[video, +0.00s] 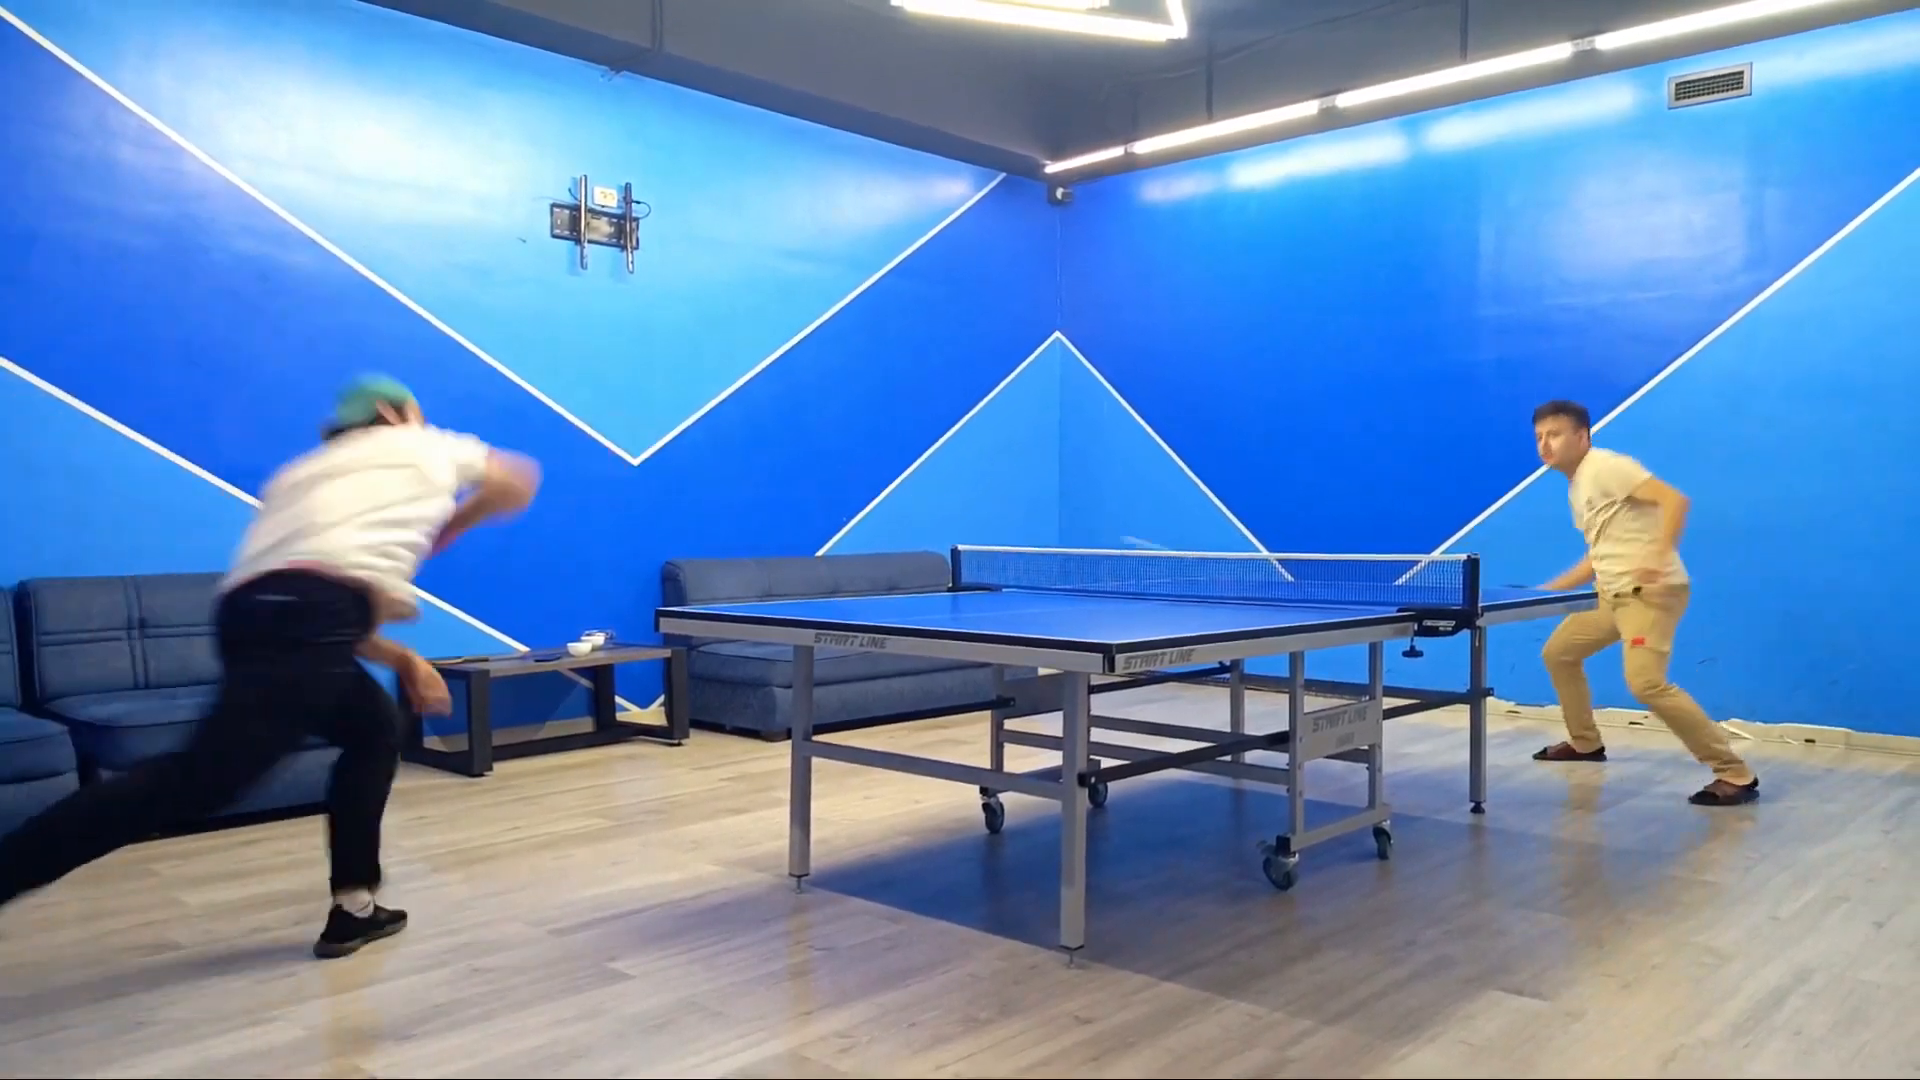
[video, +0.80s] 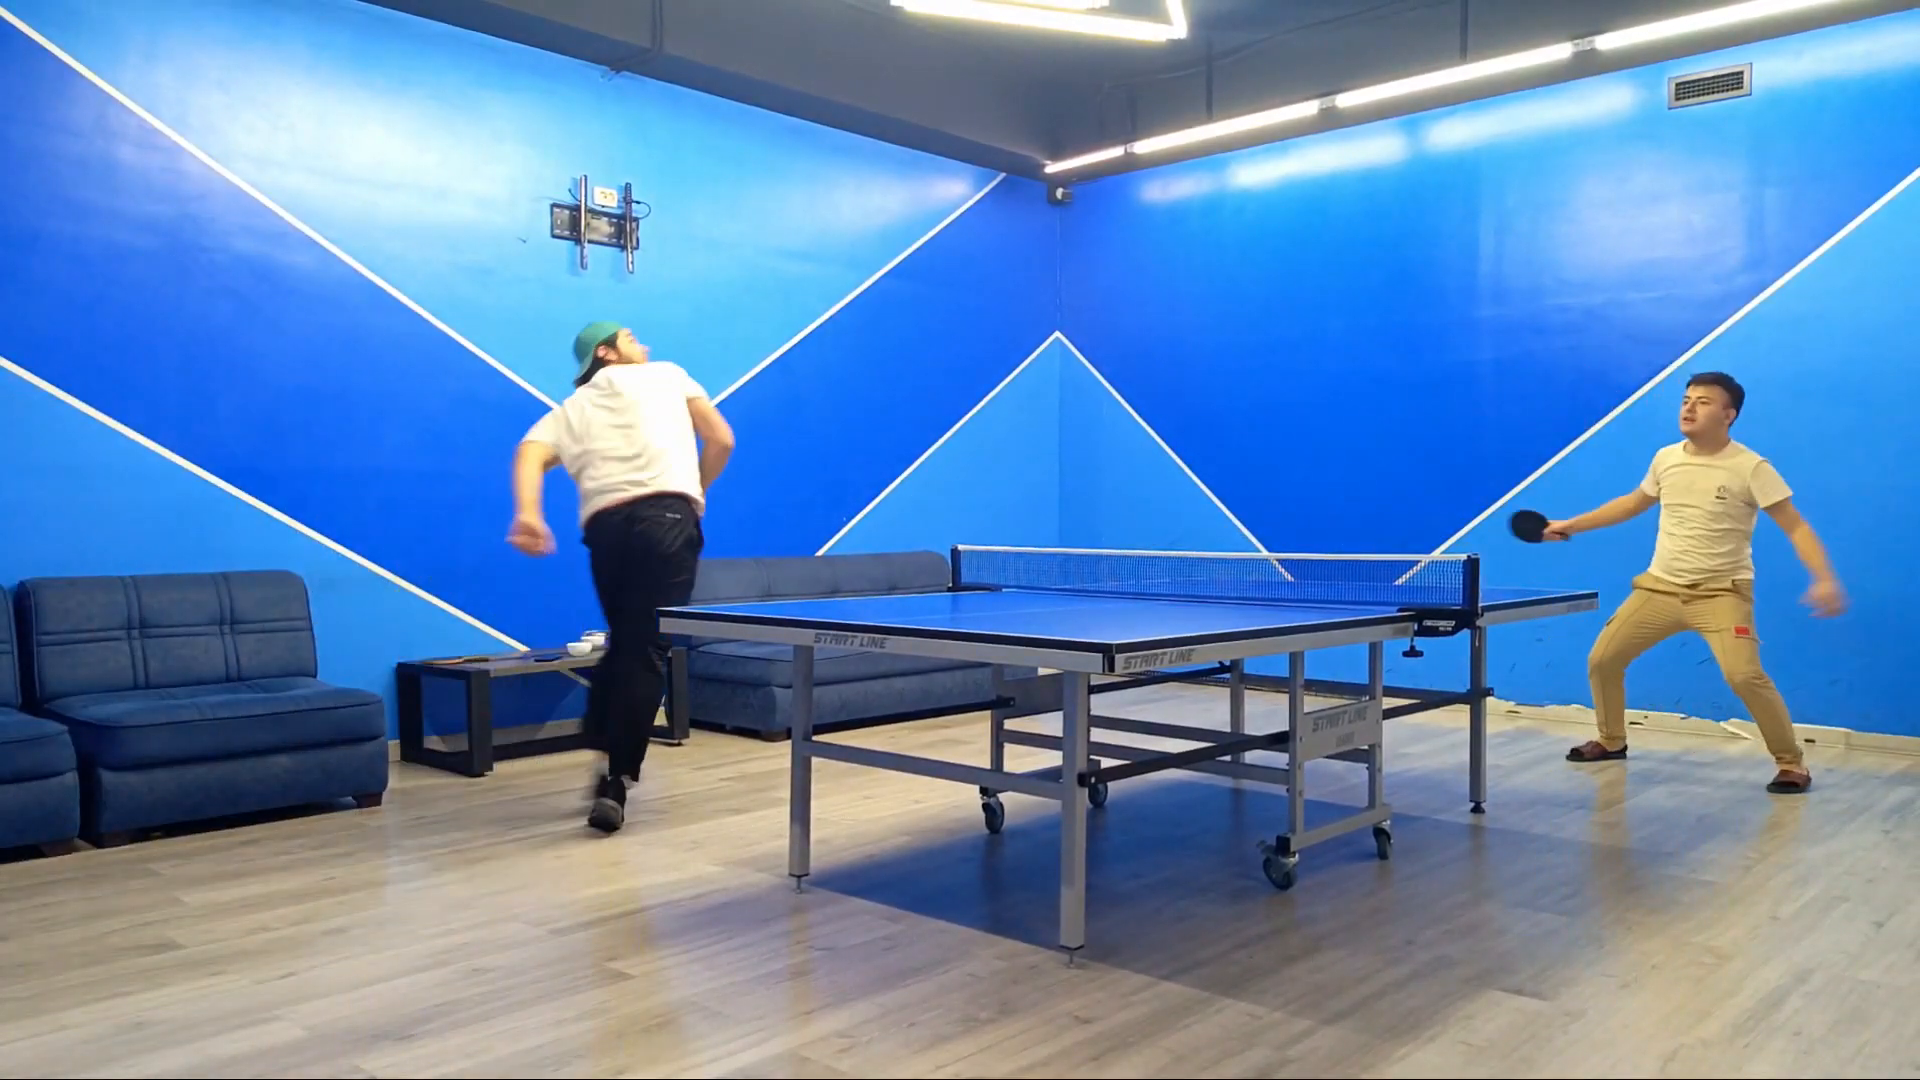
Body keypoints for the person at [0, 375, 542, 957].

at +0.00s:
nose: (424, 425)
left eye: (416, 417)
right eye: (418, 416)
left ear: (348, 424)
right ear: (398, 413)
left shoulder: (301, 472)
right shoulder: (424, 444)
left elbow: (313, 589)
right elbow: (520, 479)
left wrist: (404, 657)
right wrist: (447, 530)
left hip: (244, 621)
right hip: (311, 616)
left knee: (372, 728)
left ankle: (353, 905)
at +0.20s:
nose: (491, 488)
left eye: (486, 481)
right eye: (488, 482)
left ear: (431, 476)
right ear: (478, 478)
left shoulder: (381, 498)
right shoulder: (500, 507)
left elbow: (383, 619)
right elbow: (479, 602)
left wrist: (437, 702)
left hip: (348, 582)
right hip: (428, 566)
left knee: (401, 741)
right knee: (511, 718)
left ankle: (362, 898)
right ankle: (430, 806)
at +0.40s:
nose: (565, 468)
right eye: (564, 463)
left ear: (509, 461)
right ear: (559, 463)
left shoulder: (457, 483)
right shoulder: (587, 488)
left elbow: (426, 562)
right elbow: (591, 560)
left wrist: (426, 654)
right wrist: (569, 631)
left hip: (478, 578)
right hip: (560, 572)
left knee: (439, 720)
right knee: (574, 692)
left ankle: (388, 856)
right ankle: (594, 807)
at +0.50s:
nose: (603, 448)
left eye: (599, 441)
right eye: (600, 441)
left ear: (539, 443)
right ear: (584, 441)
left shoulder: (505, 468)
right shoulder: (624, 476)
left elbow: (451, 527)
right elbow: (631, 548)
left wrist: (418, 602)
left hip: (534, 574)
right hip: (606, 574)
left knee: (492, 695)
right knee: (594, 683)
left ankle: (456, 792)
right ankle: (596, 808)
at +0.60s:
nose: (613, 410)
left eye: (608, 405)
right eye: (609, 405)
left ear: (554, 415)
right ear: (599, 405)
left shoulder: (532, 443)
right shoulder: (643, 434)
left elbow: (472, 492)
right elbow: (671, 516)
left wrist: (439, 553)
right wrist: (650, 551)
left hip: (563, 546)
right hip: (633, 543)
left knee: (539, 673)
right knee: (619, 674)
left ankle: (528, 773)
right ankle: (604, 808)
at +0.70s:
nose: (625, 370)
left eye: (619, 364)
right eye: (618, 364)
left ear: (568, 386)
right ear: (600, 370)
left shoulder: (550, 422)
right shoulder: (654, 392)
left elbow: (499, 463)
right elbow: (701, 463)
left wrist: (480, 519)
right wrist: (682, 529)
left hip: (584, 530)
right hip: (650, 522)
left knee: (589, 648)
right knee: (635, 655)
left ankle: (565, 768)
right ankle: (615, 791)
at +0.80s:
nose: (642, 345)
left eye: (635, 338)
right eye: (632, 339)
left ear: (596, 360)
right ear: (608, 352)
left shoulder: (568, 410)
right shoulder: (667, 374)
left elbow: (529, 453)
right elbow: (721, 438)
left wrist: (528, 512)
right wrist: (695, 485)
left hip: (605, 529)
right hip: (669, 518)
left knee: (623, 643)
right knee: (644, 649)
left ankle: (606, 761)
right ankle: (616, 780)